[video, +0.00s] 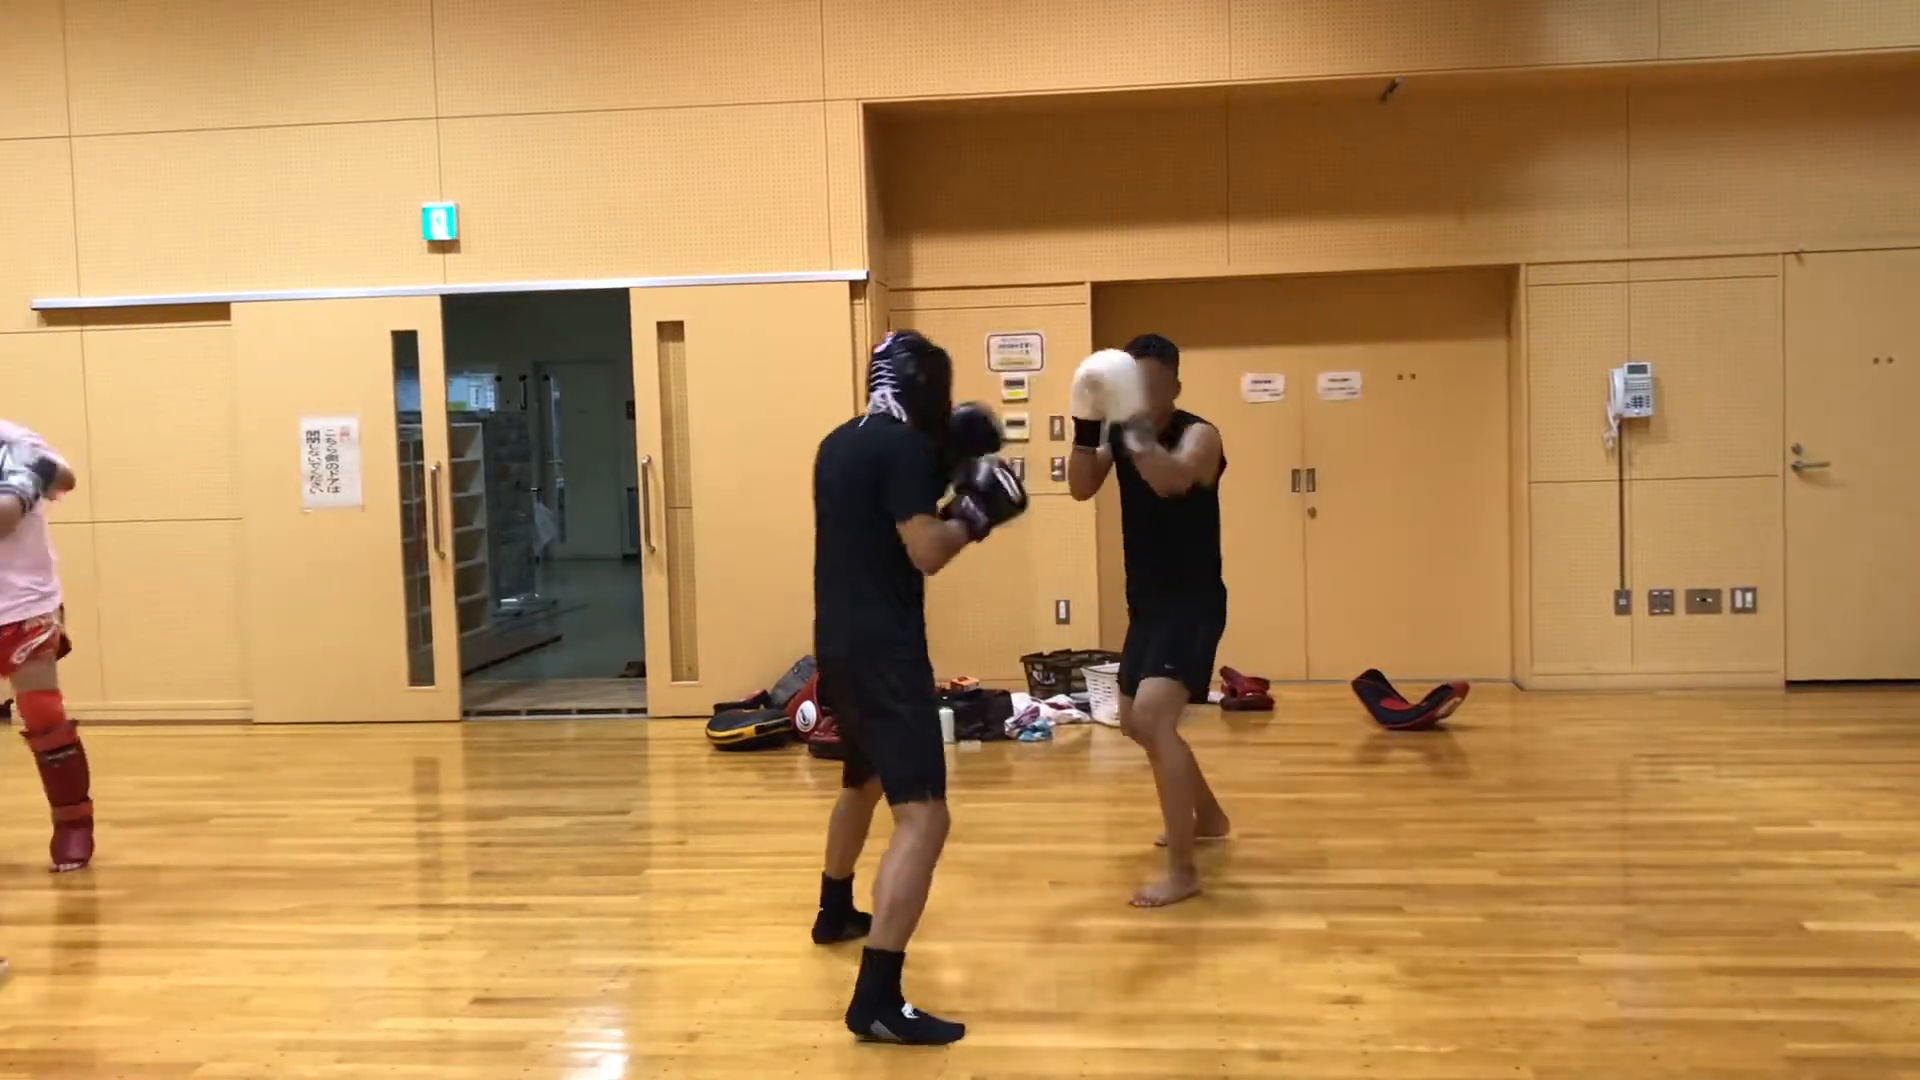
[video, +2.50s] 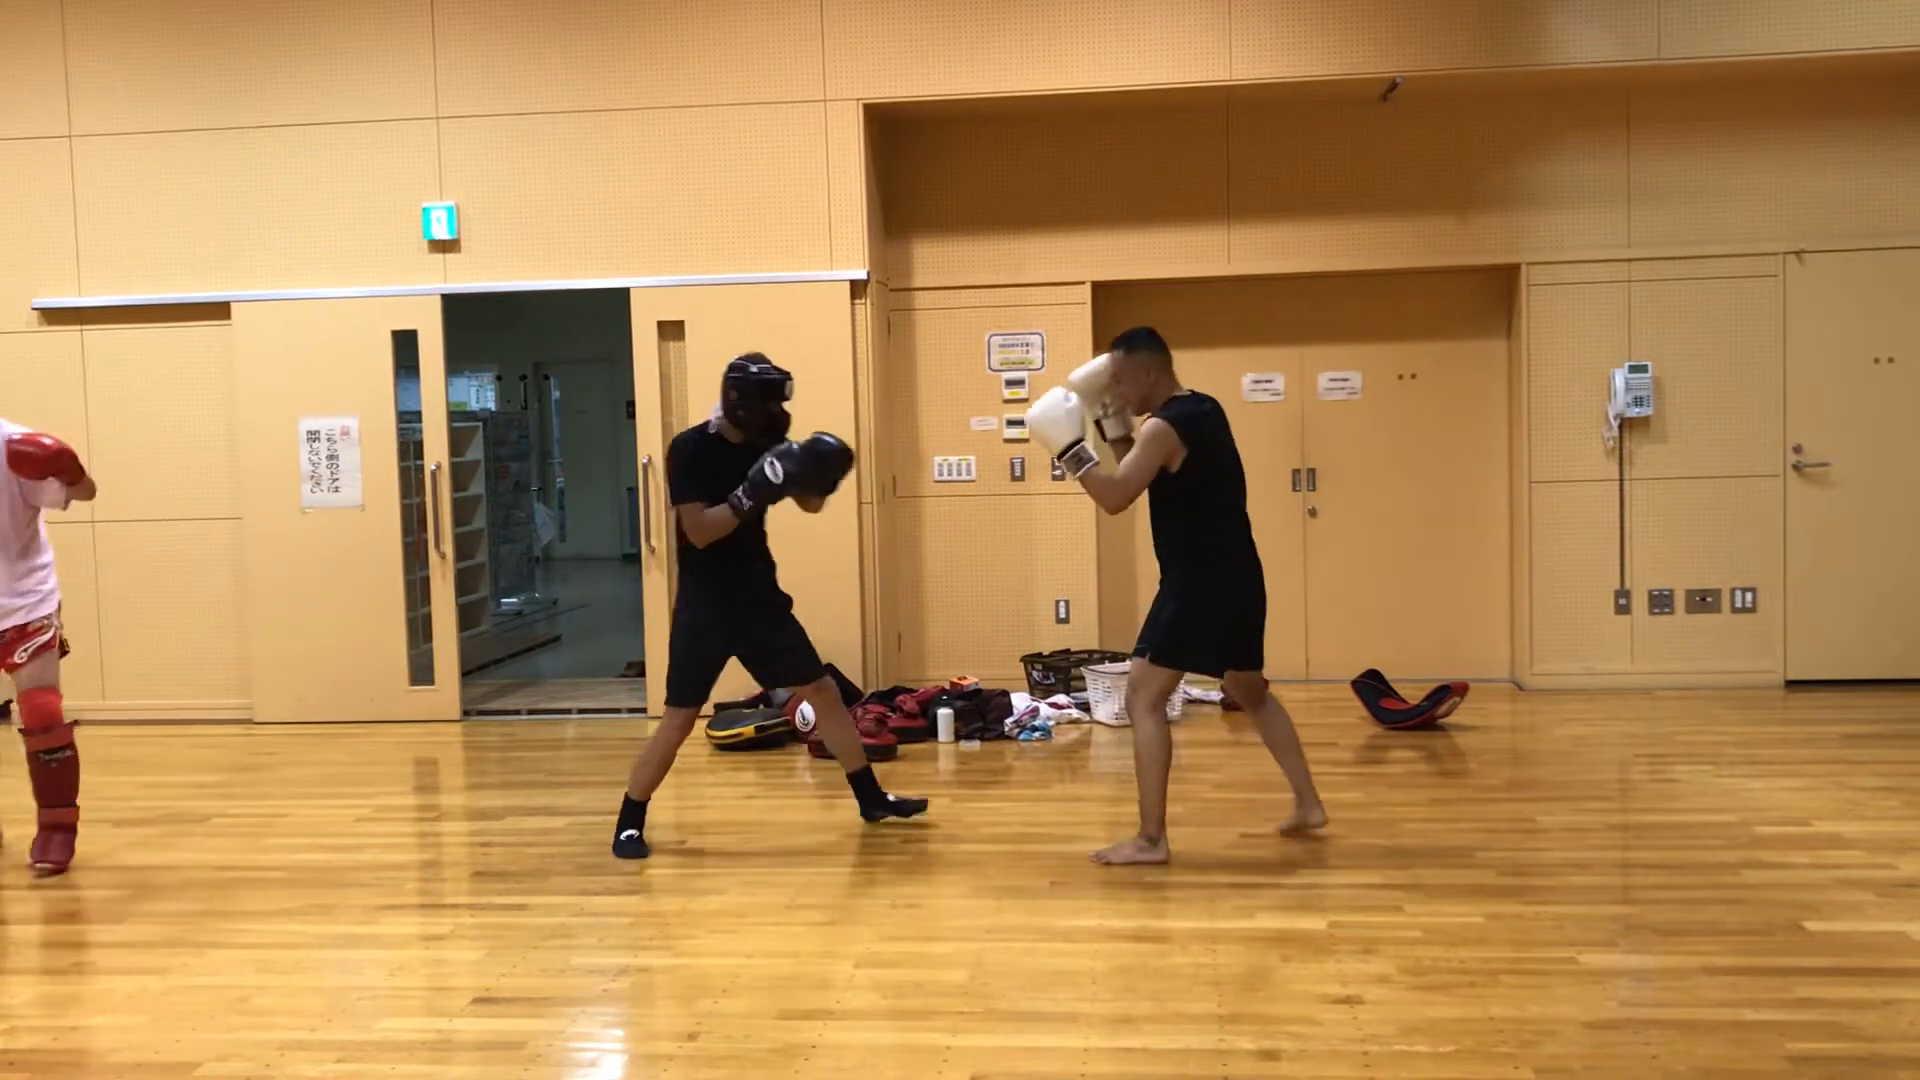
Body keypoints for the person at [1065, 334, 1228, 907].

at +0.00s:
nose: (1142, 401)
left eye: (1153, 390)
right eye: (1135, 390)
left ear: (1176, 387)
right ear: (1125, 392)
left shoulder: (1199, 436)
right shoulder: (1118, 437)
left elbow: (1171, 482)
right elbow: (1081, 488)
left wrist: (1135, 433)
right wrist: (1086, 423)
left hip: (1193, 600)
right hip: (1146, 602)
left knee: (1154, 718)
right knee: (1135, 719)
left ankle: (1182, 871)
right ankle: (1208, 817)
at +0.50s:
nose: (1143, 365)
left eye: (1151, 355)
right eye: (1138, 355)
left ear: (1181, 350)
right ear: (1139, 352)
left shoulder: (1207, 400)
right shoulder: (1160, 411)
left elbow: (1213, 463)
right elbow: (1126, 477)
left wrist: (1164, 419)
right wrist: (1097, 425)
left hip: (1219, 561)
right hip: (1186, 564)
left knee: (1199, 674)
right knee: (1196, 678)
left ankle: (1237, 812)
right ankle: (1237, 799)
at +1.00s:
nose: (1145, 388)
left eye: (1155, 378)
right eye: (1141, 378)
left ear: (1186, 374)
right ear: (1139, 376)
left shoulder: (1210, 429)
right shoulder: (1161, 433)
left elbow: (1202, 503)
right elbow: (1140, 504)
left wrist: (1148, 471)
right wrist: (1099, 473)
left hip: (1217, 581)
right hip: (1186, 581)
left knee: (1158, 682)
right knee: (1202, 690)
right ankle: (1275, 791)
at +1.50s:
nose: (1108, 405)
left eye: (1111, 392)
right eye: (1102, 395)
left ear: (1142, 381)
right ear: (1147, 384)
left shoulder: (1158, 431)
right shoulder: (1160, 426)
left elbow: (1103, 485)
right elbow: (1108, 479)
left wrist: (1072, 427)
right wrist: (1077, 430)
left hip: (1169, 593)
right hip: (1189, 590)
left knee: (1104, 694)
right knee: (1192, 695)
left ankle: (1112, 835)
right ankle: (1268, 798)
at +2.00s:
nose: (1137, 392)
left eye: (1142, 380)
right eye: (1135, 382)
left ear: (1171, 371)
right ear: (1182, 375)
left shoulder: (1183, 421)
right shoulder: (1211, 420)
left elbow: (1134, 484)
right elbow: (1140, 475)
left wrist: (1088, 434)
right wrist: (1116, 420)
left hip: (1187, 585)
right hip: (1219, 582)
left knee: (1127, 686)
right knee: (1217, 693)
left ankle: (1124, 828)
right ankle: (1271, 802)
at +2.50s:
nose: (1115, 393)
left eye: (1119, 381)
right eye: (1113, 384)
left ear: (1149, 373)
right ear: (1162, 371)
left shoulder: (1165, 424)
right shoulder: (1204, 409)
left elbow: (1114, 497)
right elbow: (1154, 480)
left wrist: (1068, 447)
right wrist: (1116, 435)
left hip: (1194, 587)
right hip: (1239, 579)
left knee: (1145, 698)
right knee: (1252, 692)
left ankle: (1151, 838)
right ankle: (1309, 804)